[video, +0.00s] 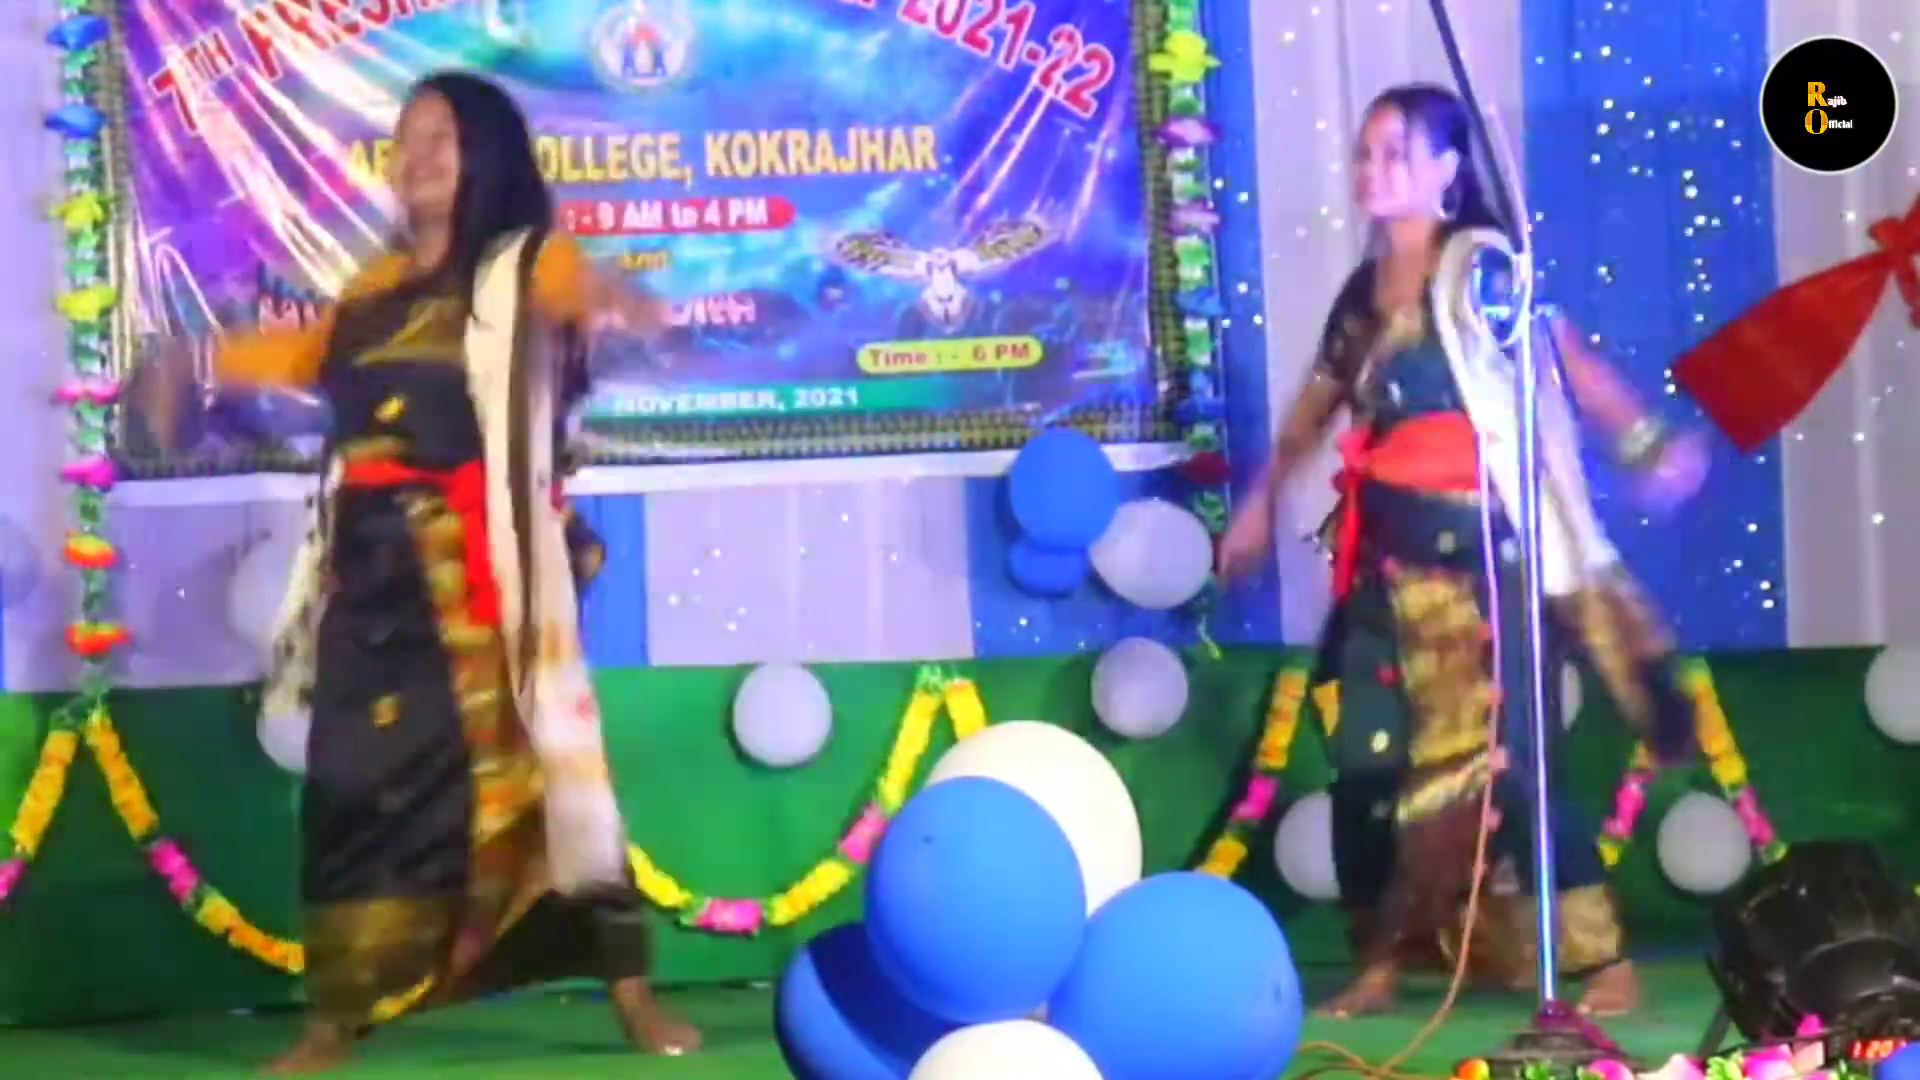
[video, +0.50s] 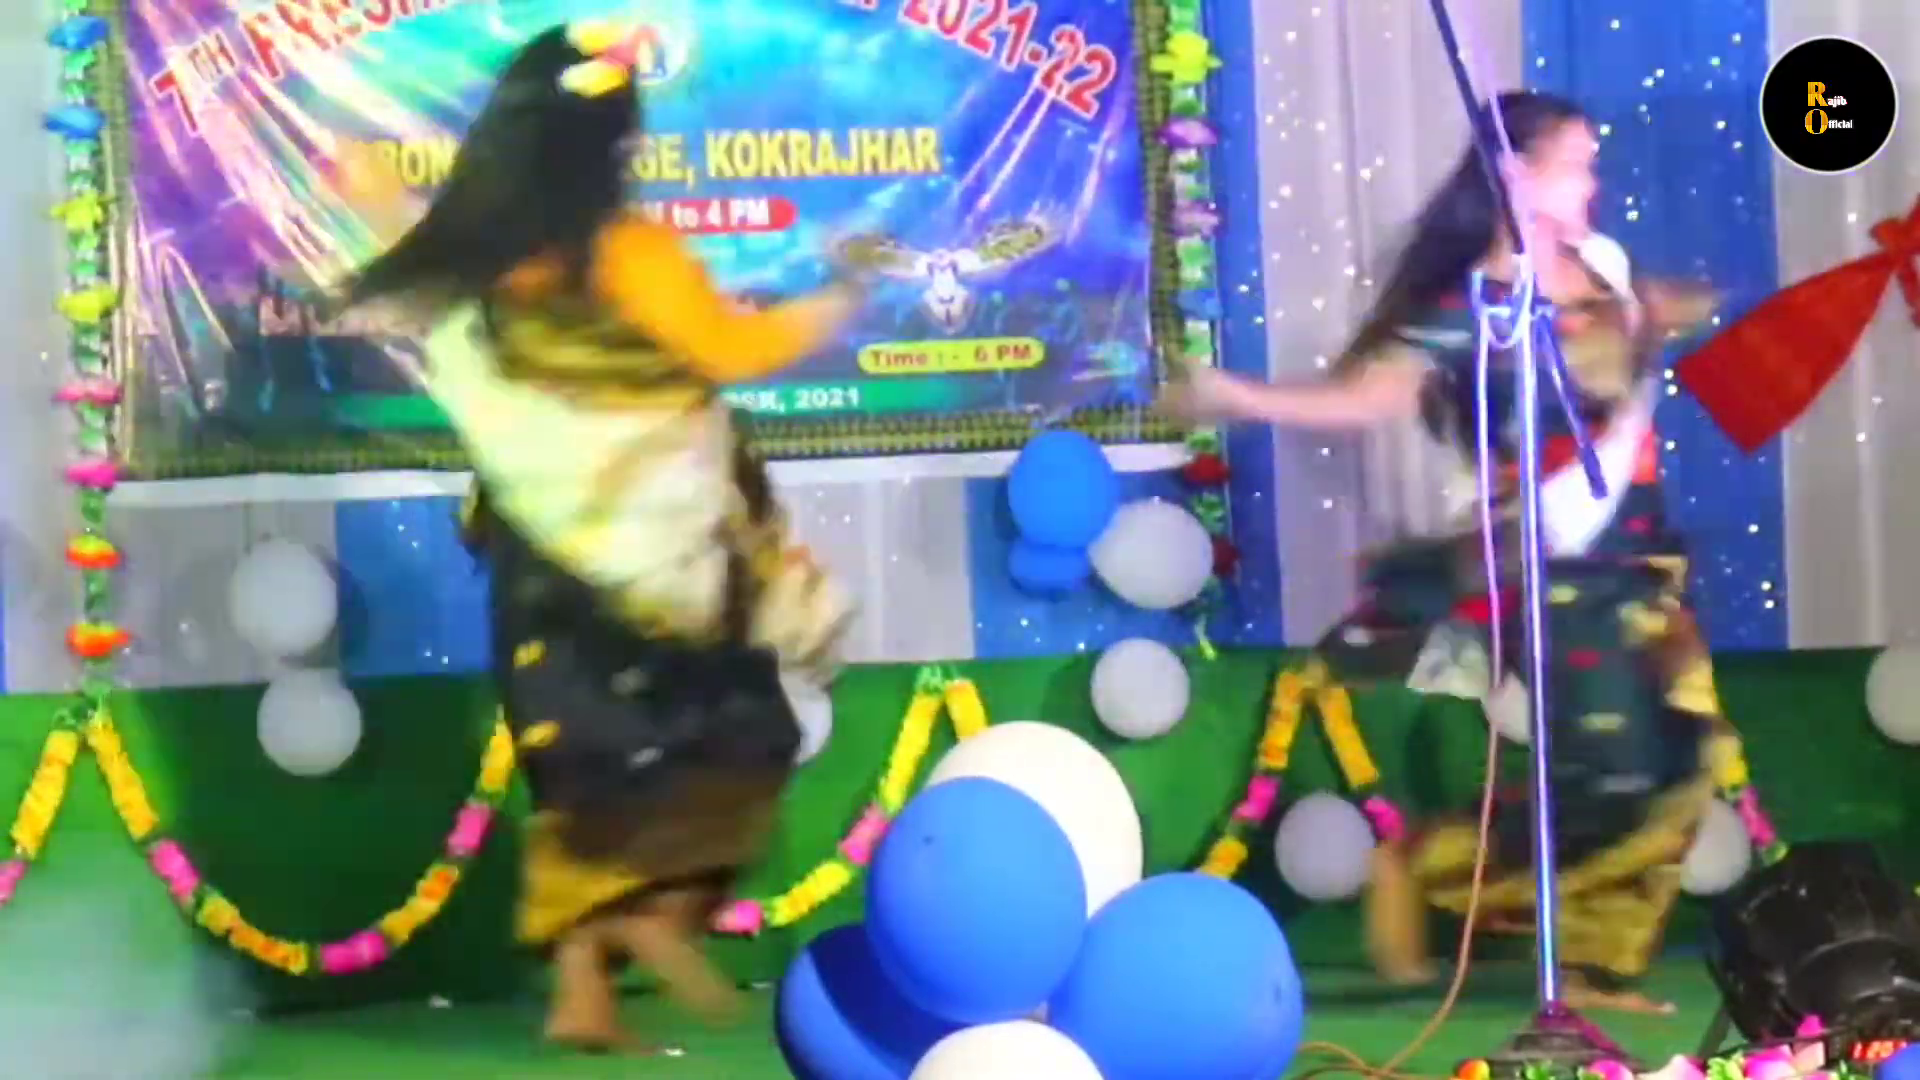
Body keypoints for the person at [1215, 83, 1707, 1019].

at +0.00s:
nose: (1373, 171)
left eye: (1394, 155)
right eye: (1367, 154)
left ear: (1447, 167)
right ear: (1361, 168)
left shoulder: (1486, 267)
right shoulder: (1364, 291)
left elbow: (1572, 363)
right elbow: (1314, 410)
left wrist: (1648, 442)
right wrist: (1260, 506)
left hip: (1495, 544)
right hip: (1391, 549)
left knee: (1521, 758)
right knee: (1371, 759)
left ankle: (1595, 959)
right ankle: (1382, 958)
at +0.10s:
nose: (1369, 139)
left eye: (1390, 120)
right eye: (1360, 121)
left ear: (1439, 130)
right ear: (1352, 133)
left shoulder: (1475, 219)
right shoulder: (1362, 250)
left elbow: (1598, 259)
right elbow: (1299, 282)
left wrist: (1743, 281)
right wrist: (1243, 300)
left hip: (1502, 503)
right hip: (1400, 509)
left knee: (1556, 715)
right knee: (1441, 728)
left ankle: (1610, 935)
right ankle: (1390, 955)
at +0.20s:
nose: (1380, 141)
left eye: (1402, 125)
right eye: (1368, 123)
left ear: (1444, 135)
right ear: (1353, 135)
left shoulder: (1498, 212)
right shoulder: (1366, 242)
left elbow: (1635, 214)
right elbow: (1299, 219)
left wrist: (1769, 199)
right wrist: (1244, 189)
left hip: (1530, 491)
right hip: (1406, 497)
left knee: (1570, 719)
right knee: (1406, 726)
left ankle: (1601, 953)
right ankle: (1386, 958)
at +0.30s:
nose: (1429, 169)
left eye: (1451, 152)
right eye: (1412, 149)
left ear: (1482, 163)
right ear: (1385, 159)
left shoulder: (1537, 228)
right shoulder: (1383, 273)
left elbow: (1670, 217)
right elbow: (1282, 285)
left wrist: (1789, 175)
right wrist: (1230, 173)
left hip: (1550, 507)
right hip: (1429, 512)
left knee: (1585, 732)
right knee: (1404, 733)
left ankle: (1574, 967)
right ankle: (1385, 963)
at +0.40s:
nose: (1496, 174)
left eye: (1506, 155)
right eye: (1473, 159)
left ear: (1526, 159)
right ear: (1429, 176)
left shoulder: (1582, 239)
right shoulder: (1403, 289)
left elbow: (1708, 246)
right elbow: (1250, 326)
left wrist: (1832, 224)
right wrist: (1170, 255)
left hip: (1597, 525)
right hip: (1483, 533)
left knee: (1617, 741)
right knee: (1464, 739)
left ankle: (1582, 962)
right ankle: (1379, 938)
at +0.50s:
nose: (1594, 185)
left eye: (1594, 166)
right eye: (1578, 167)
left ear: (1566, 175)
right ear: (1515, 172)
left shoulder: (1604, 267)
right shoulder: (1464, 291)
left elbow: (1661, 320)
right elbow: (1370, 396)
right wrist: (1240, 396)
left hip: (1632, 566)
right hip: (1531, 569)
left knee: (1688, 770)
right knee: (1606, 773)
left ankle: (1586, 962)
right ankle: (1417, 864)